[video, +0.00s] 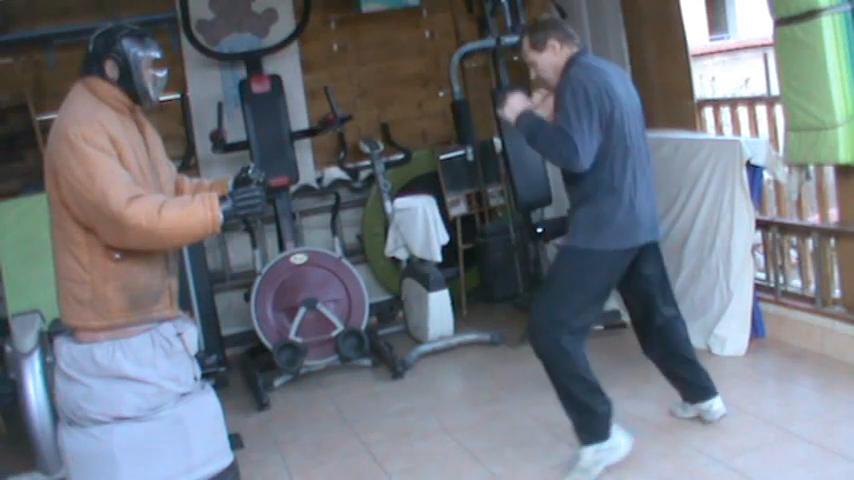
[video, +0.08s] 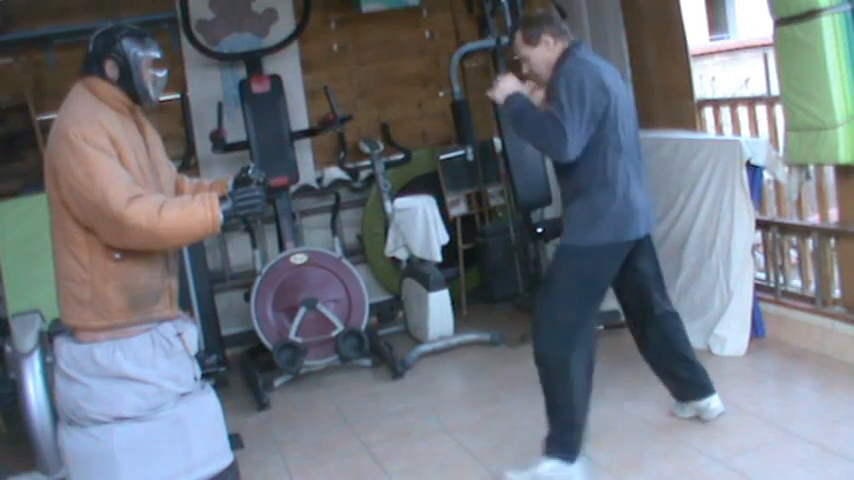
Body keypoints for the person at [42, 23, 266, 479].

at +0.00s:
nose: (153, 74)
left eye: (154, 63)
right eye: (144, 64)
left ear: (117, 68)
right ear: (111, 66)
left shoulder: (131, 118)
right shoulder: (80, 128)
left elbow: (168, 187)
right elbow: (125, 218)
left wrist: (227, 186)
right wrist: (218, 210)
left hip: (152, 317)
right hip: (109, 329)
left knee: (184, 447)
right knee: (132, 458)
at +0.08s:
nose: (153, 74)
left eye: (154, 63)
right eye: (144, 64)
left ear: (117, 68)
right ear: (111, 66)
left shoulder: (131, 118)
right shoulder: (80, 128)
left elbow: (168, 187)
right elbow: (125, 218)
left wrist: (227, 186)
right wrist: (218, 210)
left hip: (152, 316)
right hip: (109, 328)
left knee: (184, 447)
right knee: (132, 458)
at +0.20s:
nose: (153, 74)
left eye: (154, 63)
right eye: (144, 64)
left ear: (117, 68)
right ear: (111, 66)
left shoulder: (131, 118)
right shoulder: (80, 128)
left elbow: (168, 187)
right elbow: (125, 218)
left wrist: (227, 186)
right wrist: (218, 210)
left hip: (152, 317)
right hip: (109, 328)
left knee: (184, 446)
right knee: (132, 457)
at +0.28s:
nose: (153, 74)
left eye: (154, 63)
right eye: (144, 64)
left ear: (117, 68)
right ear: (111, 66)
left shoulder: (131, 118)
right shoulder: (79, 128)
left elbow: (168, 187)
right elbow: (125, 218)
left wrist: (227, 186)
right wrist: (218, 210)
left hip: (152, 317)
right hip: (109, 329)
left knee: (183, 446)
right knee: (131, 457)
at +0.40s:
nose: (153, 74)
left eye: (153, 63)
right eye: (143, 63)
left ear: (117, 68)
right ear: (111, 66)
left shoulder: (131, 118)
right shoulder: (79, 128)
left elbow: (168, 187)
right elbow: (126, 218)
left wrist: (227, 186)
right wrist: (219, 209)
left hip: (152, 318)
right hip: (109, 330)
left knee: (184, 448)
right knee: (132, 458)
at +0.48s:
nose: (153, 74)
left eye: (153, 63)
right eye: (143, 63)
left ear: (117, 68)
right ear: (111, 66)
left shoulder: (131, 118)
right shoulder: (80, 127)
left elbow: (168, 186)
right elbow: (126, 218)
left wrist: (227, 186)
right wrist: (218, 210)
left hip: (152, 318)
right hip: (109, 330)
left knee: (185, 448)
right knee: (133, 459)